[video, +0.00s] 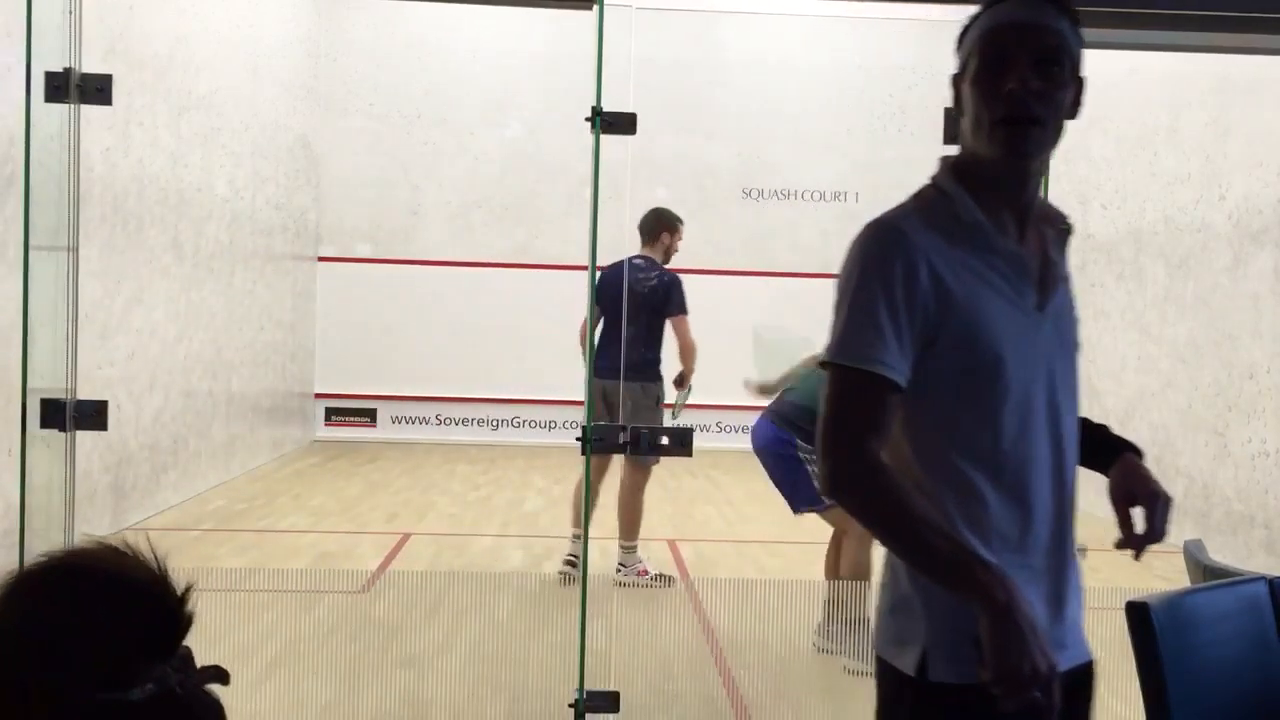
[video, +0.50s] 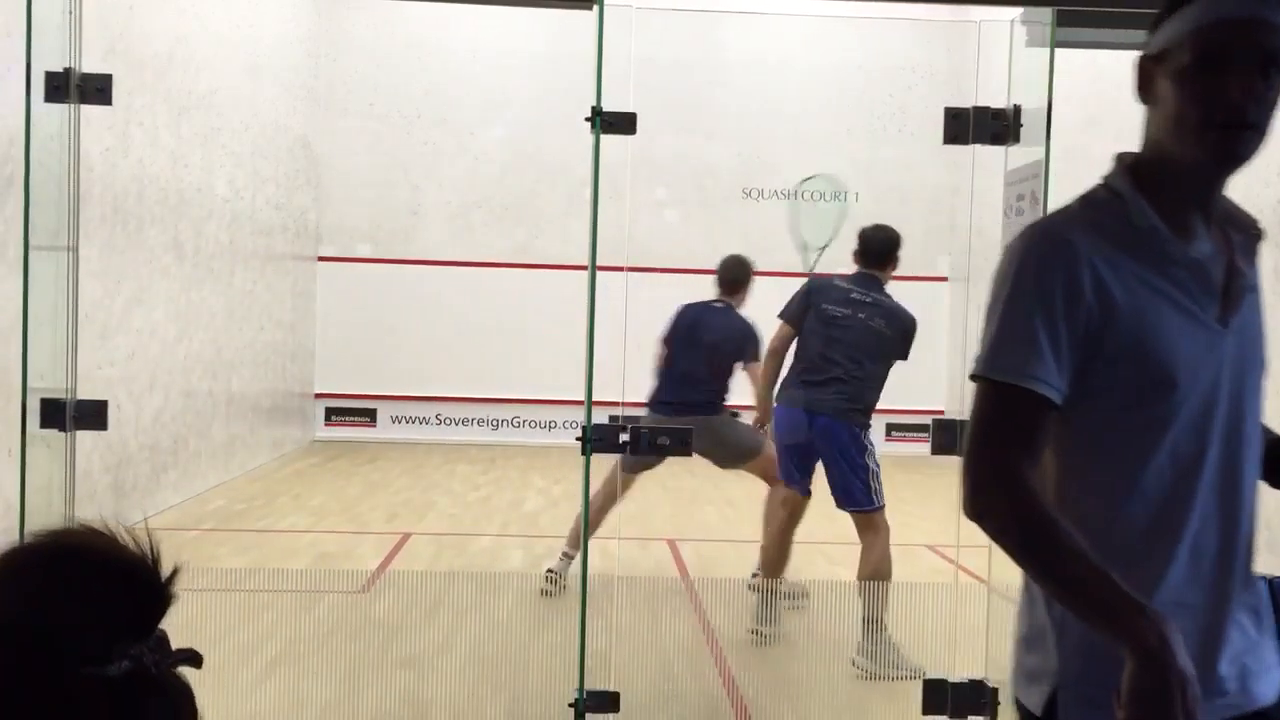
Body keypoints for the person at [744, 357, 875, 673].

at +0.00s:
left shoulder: (838, 357)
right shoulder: (864, 373)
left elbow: (807, 365)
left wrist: (771, 386)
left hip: (772, 431)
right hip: (788, 438)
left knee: (846, 525)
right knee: (859, 525)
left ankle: (834, 625)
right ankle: (855, 637)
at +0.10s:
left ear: (884, 303)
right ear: (910, 321)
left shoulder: (859, 326)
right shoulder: (884, 344)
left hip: (782, 430)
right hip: (802, 438)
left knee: (851, 525)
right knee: (872, 530)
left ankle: (833, 623)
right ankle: (863, 641)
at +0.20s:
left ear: (902, 297)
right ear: (929, 320)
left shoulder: (862, 309)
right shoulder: (908, 351)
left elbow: (823, 346)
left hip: (784, 421)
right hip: (815, 434)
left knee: (843, 522)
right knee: (877, 530)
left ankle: (832, 623)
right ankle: (866, 641)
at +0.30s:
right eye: (942, 285)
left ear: (901, 275)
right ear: (936, 285)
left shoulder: (854, 291)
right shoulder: (922, 327)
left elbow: (804, 343)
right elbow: (926, 390)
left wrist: (798, 392)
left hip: (787, 414)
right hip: (831, 425)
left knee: (827, 513)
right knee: (877, 530)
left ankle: (828, 622)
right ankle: (868, 642)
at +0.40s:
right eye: (919, 267)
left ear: (880, 258)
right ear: (918, 271)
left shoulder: (834, 284)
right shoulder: (915, 327)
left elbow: (789, 342)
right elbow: (895, 355)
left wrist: (780, 400)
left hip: (789, 413)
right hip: (838, 424)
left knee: (811, 506)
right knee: (873, 529)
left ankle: (804, 618)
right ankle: (869, 641)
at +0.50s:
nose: (892, 265)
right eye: (894, 259)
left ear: (854, 256)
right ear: (894, 264)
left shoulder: (817, 288)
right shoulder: (901, 320)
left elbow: (776, 346)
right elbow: (883, 364)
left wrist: (763, 403)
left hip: (792, 415)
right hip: (844, 427)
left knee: (788, 503)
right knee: (874, 532)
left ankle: (763, 613)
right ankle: (874, 641)